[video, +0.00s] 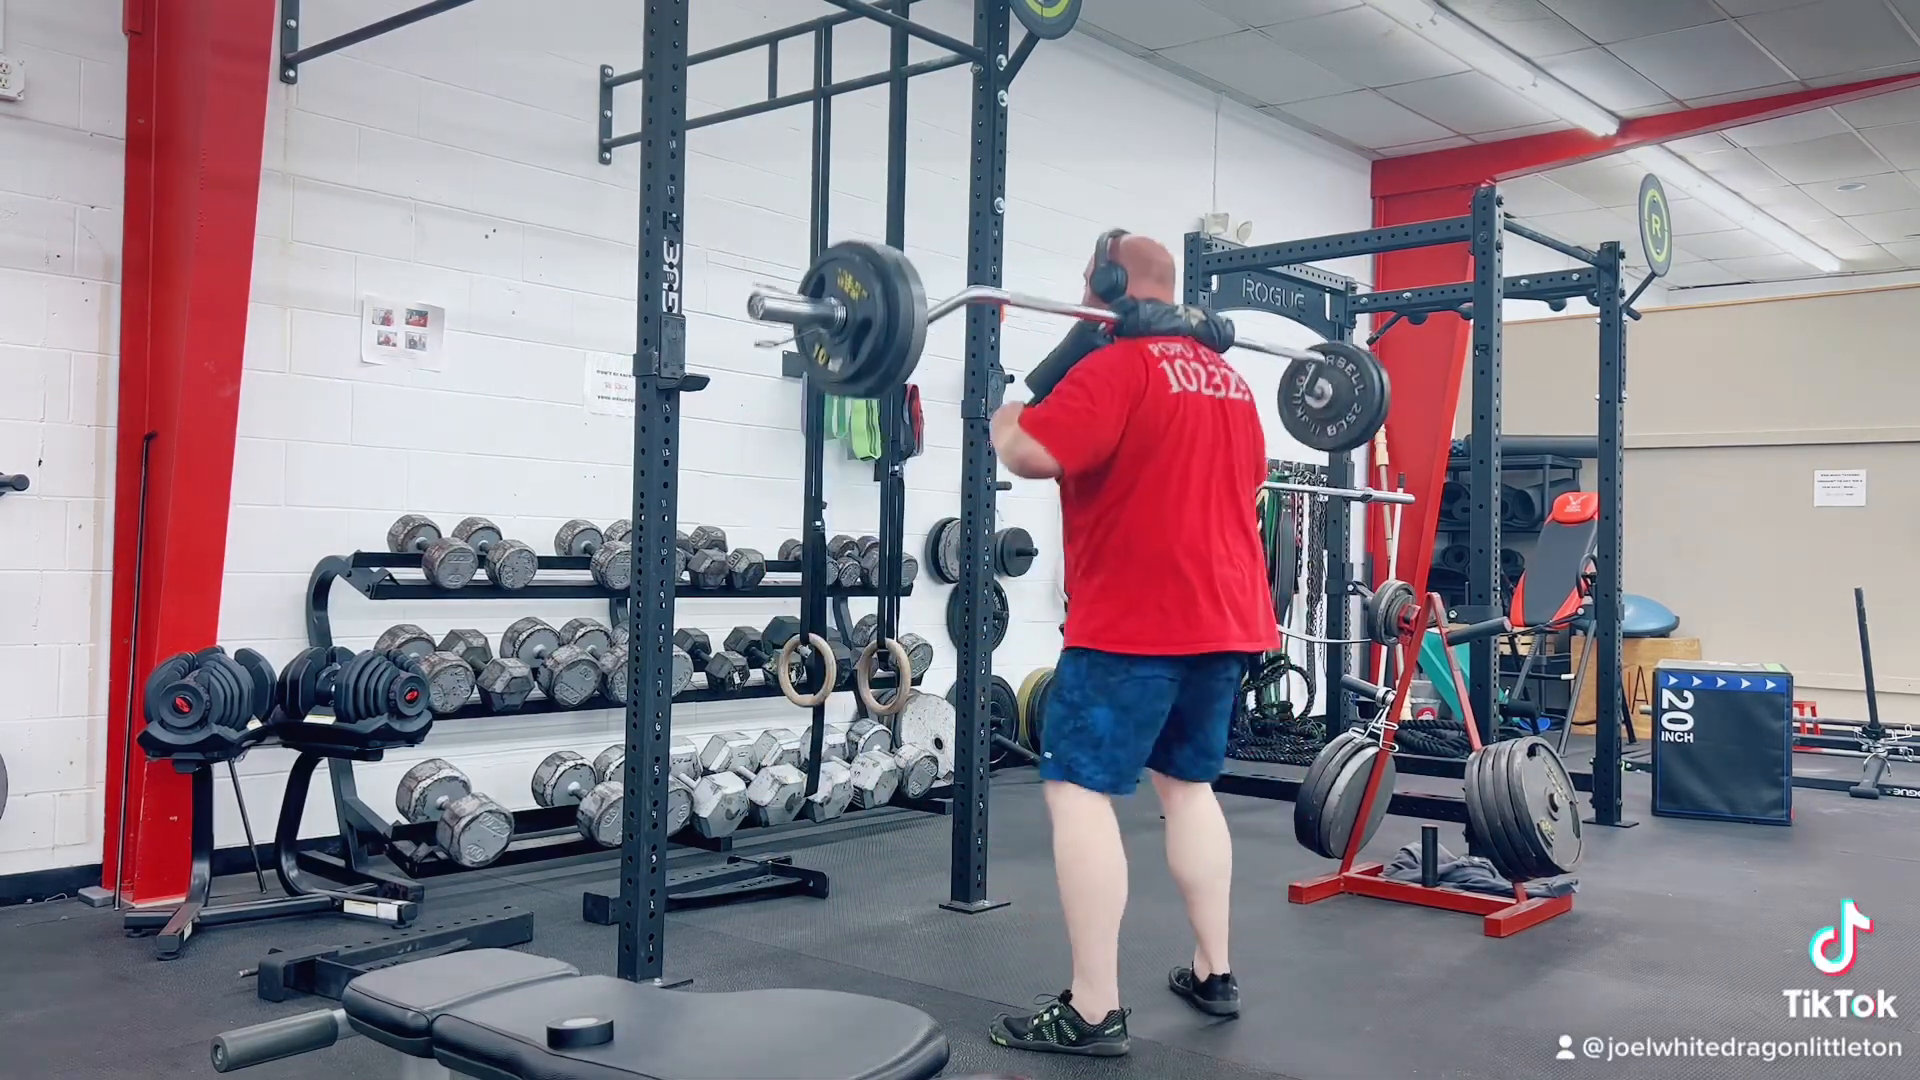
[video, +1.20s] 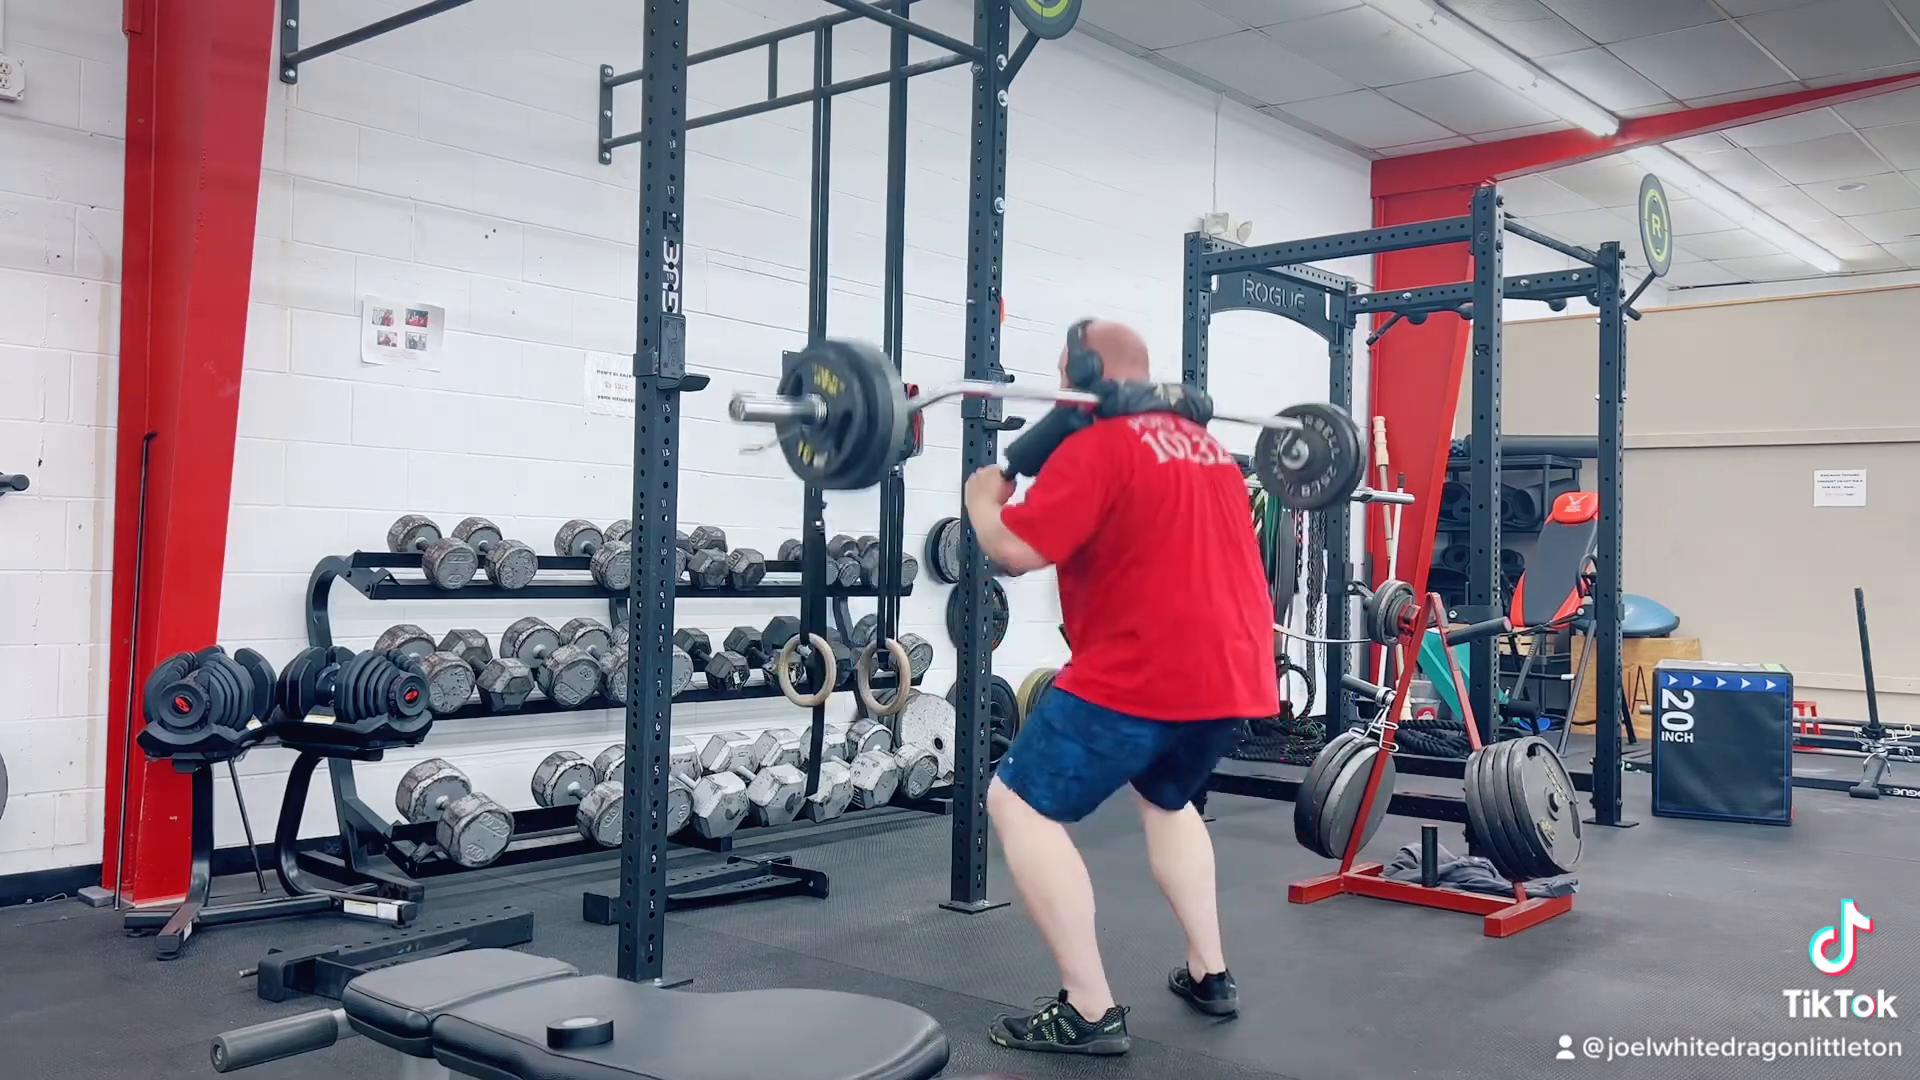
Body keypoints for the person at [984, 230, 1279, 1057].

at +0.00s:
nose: (1084, 304)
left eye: (1087, 292)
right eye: (1087, 291)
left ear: (1103, 296)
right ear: (1171, 293)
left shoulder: (1115, 363)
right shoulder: (1227, 374)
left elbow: (1033, 452)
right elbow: (1252, 481)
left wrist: (1006, 418)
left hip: (1134, 611)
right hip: (1231, 612)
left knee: (1077, 782)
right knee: (1187, 779)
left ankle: (1094, 1005)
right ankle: (1216, 973)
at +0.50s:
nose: (1075, 402)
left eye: (1078, 389)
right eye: (1076, 390)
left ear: (1098, 393)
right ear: (1163, 389)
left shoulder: (1114, 463)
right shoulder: (1221, 463)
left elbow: (1022, 562)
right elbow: (1256, 569)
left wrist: (992, 506)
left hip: (1159, 692)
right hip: (1261, 696)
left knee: (1026, 802)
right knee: (1178, 800)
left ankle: (1090, 1008)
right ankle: (1215, 973)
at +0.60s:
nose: (1069, 473)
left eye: (1071, 463)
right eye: (1074, 462)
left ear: (1083, 467)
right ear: (1157, 463)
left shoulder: (1107, 534)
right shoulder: (1208, 524)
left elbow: (1013, 639)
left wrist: (983, 569)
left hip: (1179, 753)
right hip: (1274, 753)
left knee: (1009, 810)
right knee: (1178, 811)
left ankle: (1090, 1011)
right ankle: (1214, 974)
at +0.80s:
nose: (1064, 592)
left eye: (1066, 581)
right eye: (1068, 581)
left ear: (1076, 589)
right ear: (1150, 583)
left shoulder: (1100, 657)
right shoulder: (1203, 640)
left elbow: (995, 752)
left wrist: (975, 670)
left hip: (1194, 878)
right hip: (1274, 873)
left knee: (991, 817)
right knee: (1173, 794)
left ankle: (1088, 1009)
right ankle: (1209, 971)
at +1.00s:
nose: (1055, 545)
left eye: (1056, 537)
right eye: (1058, 536)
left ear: (1068, 542)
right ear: (1138, 534)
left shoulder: (1091, 605)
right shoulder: (1196, 587)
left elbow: (995, 707)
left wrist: (970, 639)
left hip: (1188, 806)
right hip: (1278, 802)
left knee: (997, 813)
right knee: (1143, 783)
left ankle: (1088, 1008)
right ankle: (1210, 973)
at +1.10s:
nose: (1052, 468)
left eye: (1053, 458)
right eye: (1056, 458)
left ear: (1066, 461)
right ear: (1140, 453)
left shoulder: (1095, 523)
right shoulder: (1200, 514)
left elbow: (1007, 627)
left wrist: (971, 572)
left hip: (1162, 731)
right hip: (1261, 732)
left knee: (1003, 808)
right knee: (1167, 813)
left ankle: (1088, 1008)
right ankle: (1210, 975)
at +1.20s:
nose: (1057, 389)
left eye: (1061, 375)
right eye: (1059, 375)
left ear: (1083, 377)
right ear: (1144, 372)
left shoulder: (1100, 443)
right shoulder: (1206, 443)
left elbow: (1012, 549)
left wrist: (981, 496)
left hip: (1141, 668)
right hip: (1235, 670)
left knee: (1019, 799)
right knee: (1167, 794)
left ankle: (1089, 1007)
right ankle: (1211, 974)